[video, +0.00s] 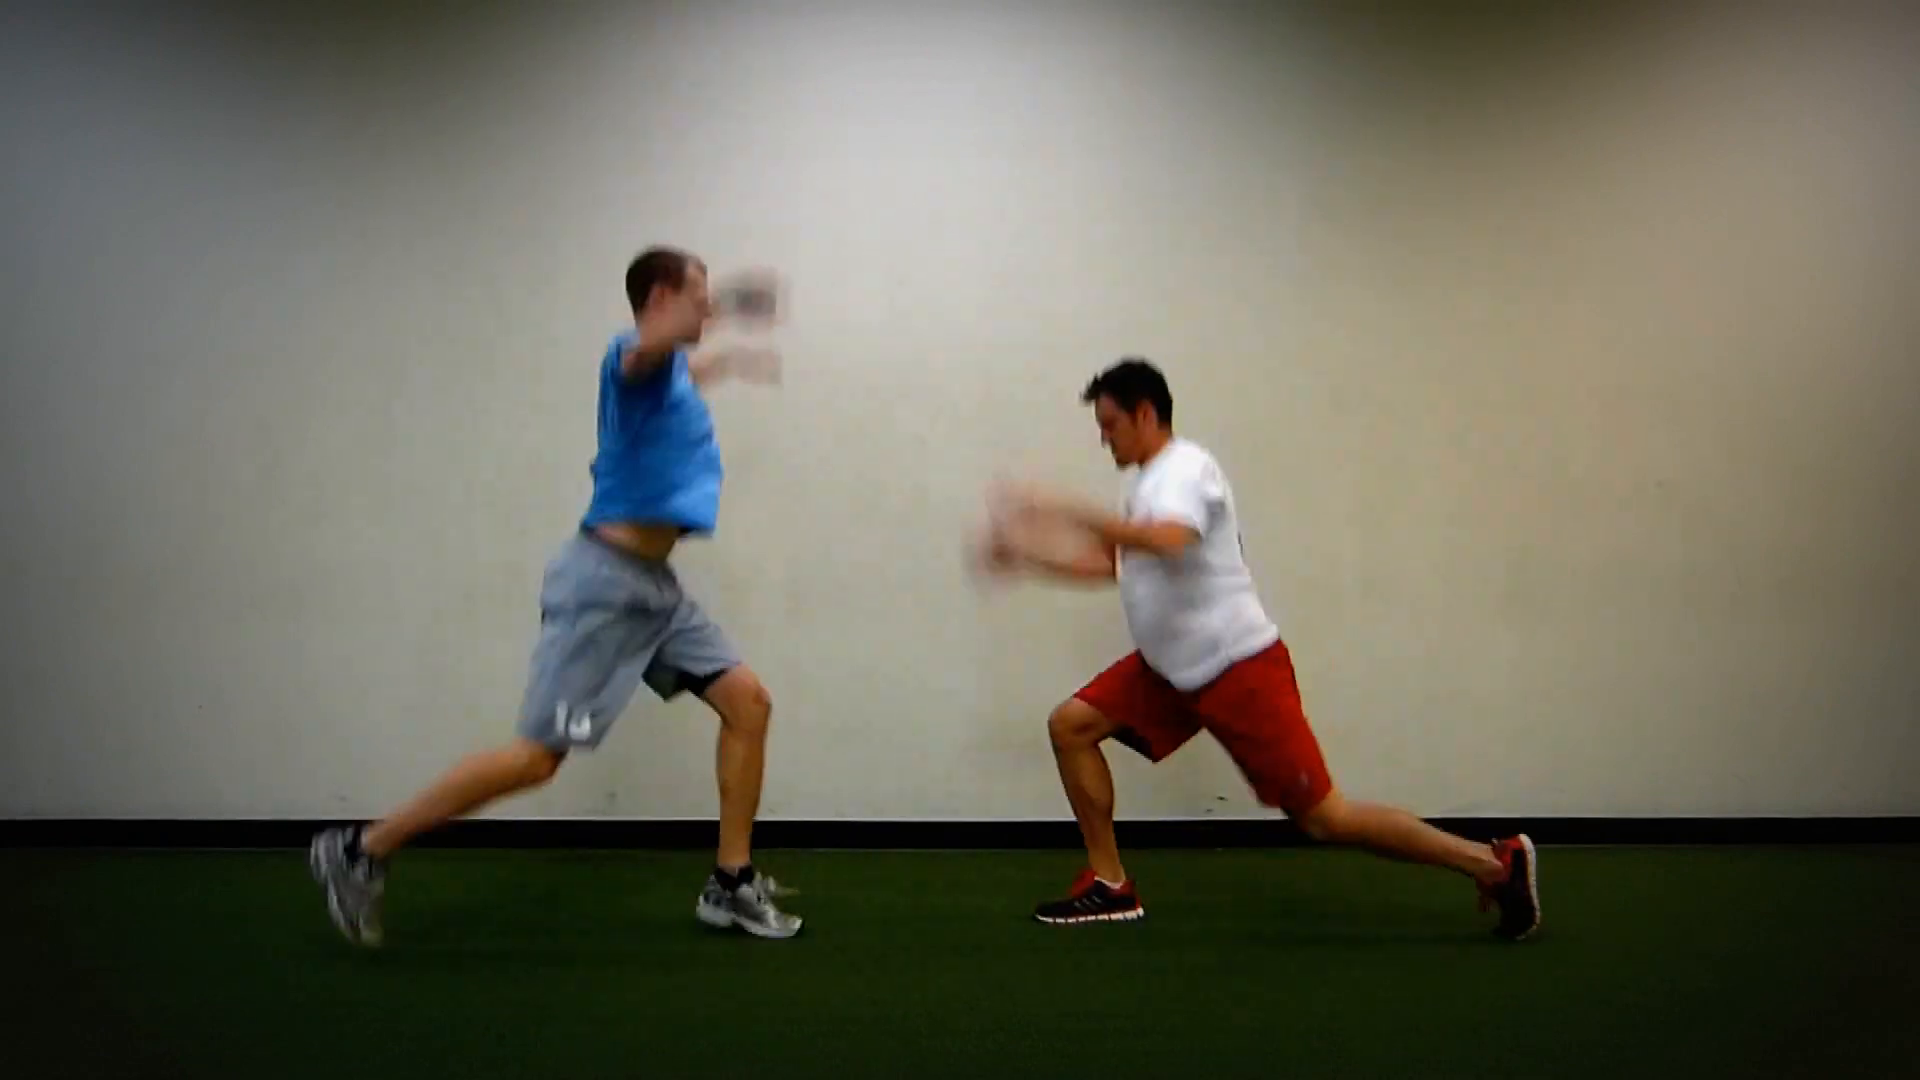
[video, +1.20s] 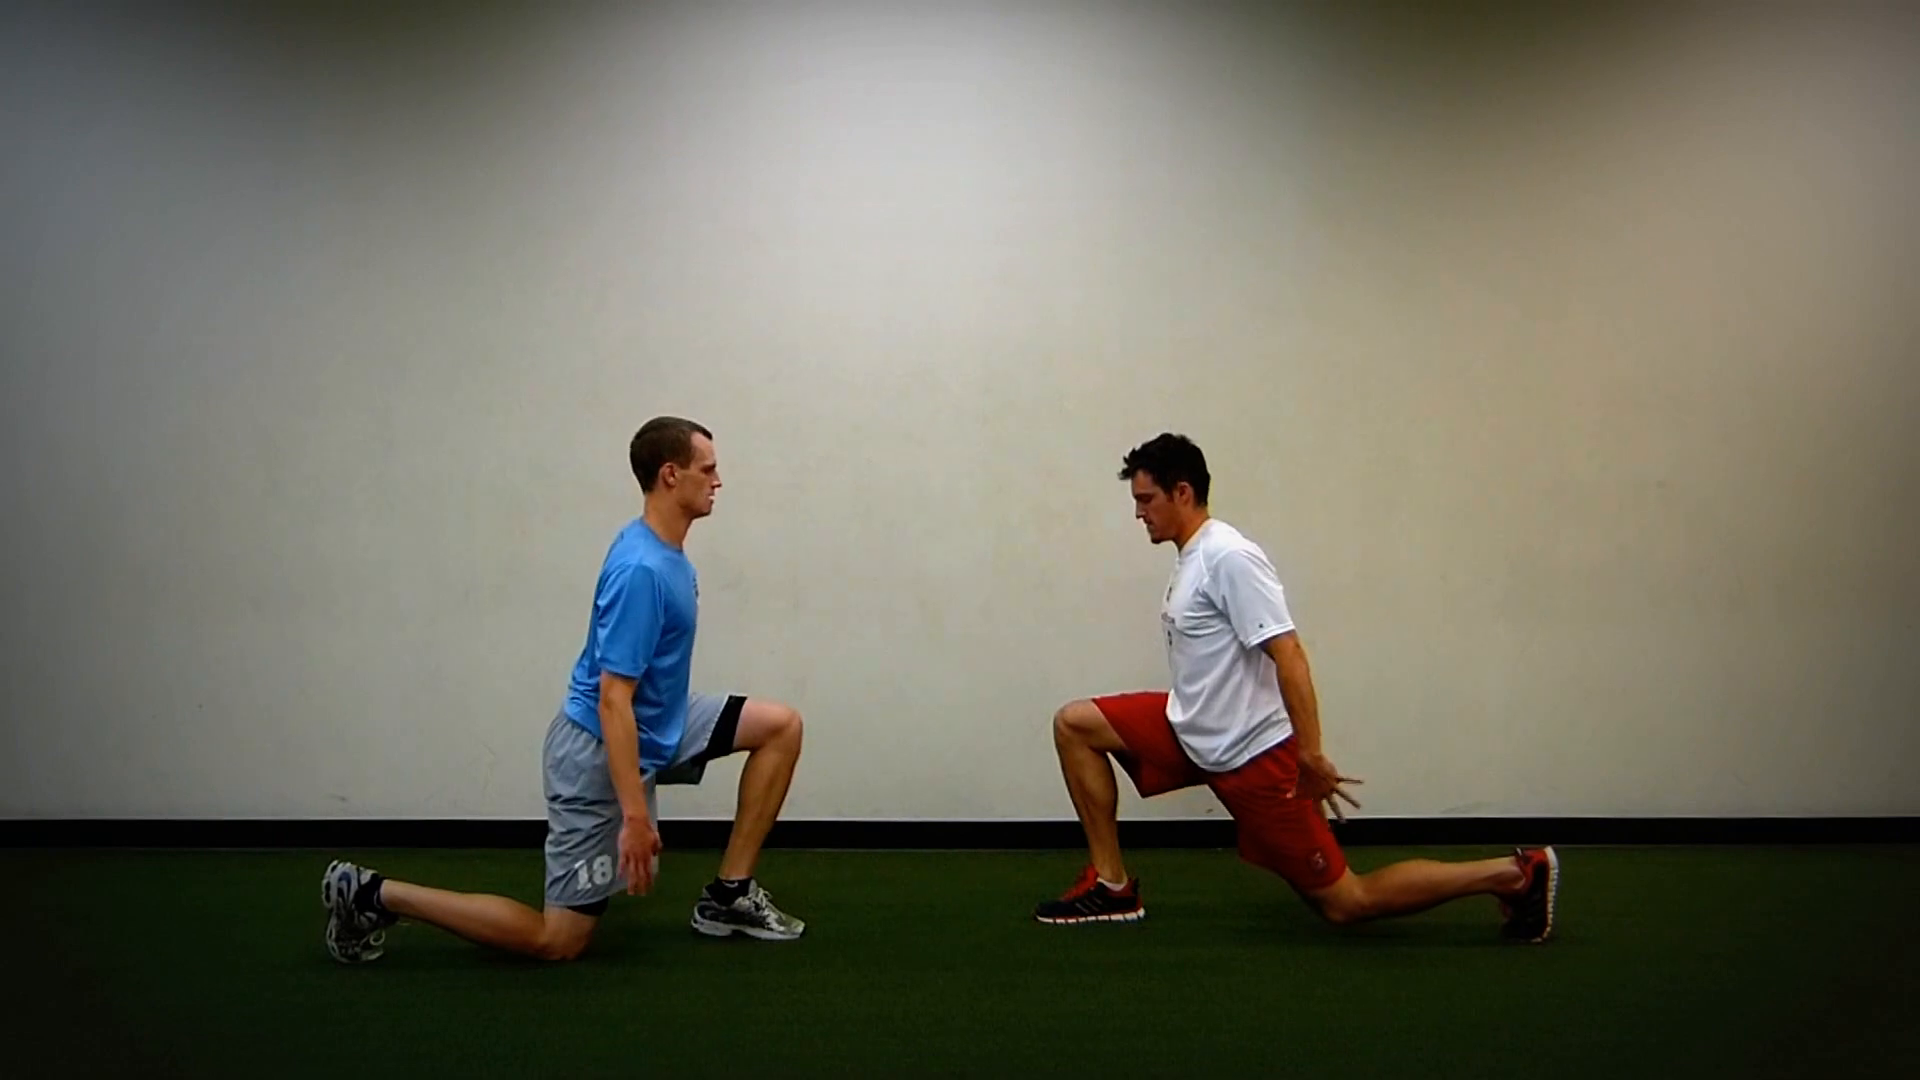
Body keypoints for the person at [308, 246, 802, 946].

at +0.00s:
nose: (706, 307)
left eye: (706, 296)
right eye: (698, 295)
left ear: (664, 298)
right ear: (662, 297)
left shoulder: (670, 370)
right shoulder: (631, 358)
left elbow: (689, 376)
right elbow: (647, 354)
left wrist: (727, 361)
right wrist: (710, 312)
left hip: (653, 583)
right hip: (604, 579)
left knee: (747, 705)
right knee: (535, 760)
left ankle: (733, 883)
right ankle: (362, 850)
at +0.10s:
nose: (707, 401)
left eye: (705, 388)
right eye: (698, 388)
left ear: (662, 394)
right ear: (658, 393)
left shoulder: (671, 470)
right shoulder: (637, 464)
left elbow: (673, 545)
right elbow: (630, 540)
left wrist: (721, 565)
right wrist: (702, 573)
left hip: (660, 665)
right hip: (597, 670)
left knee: (772, 728)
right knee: (535, 855)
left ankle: (731, 896)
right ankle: (342, 891)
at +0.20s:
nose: (708, 453)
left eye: (706, 440)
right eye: (698, 441)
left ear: (662, 446)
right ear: (658, 447)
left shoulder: (666, 523)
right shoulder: (637, 531)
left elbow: (650, 641)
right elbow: (627, 651)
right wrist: (657, 753)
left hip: (663, 706)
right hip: (601, 723)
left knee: (780, 734)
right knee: (552, 906)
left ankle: (731, 897)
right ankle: (360, 891)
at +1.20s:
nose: (718, 483)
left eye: (717, 470)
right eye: (708, 471)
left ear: (670, 478)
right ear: (668, 477)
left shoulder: (664, 552)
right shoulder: (640, 571)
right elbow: (614, 696)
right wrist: (636, 815)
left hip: (651, 723)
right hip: (595, 747)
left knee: (780, 727)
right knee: (560, 940)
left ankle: (731, 895)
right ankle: (370, 894)